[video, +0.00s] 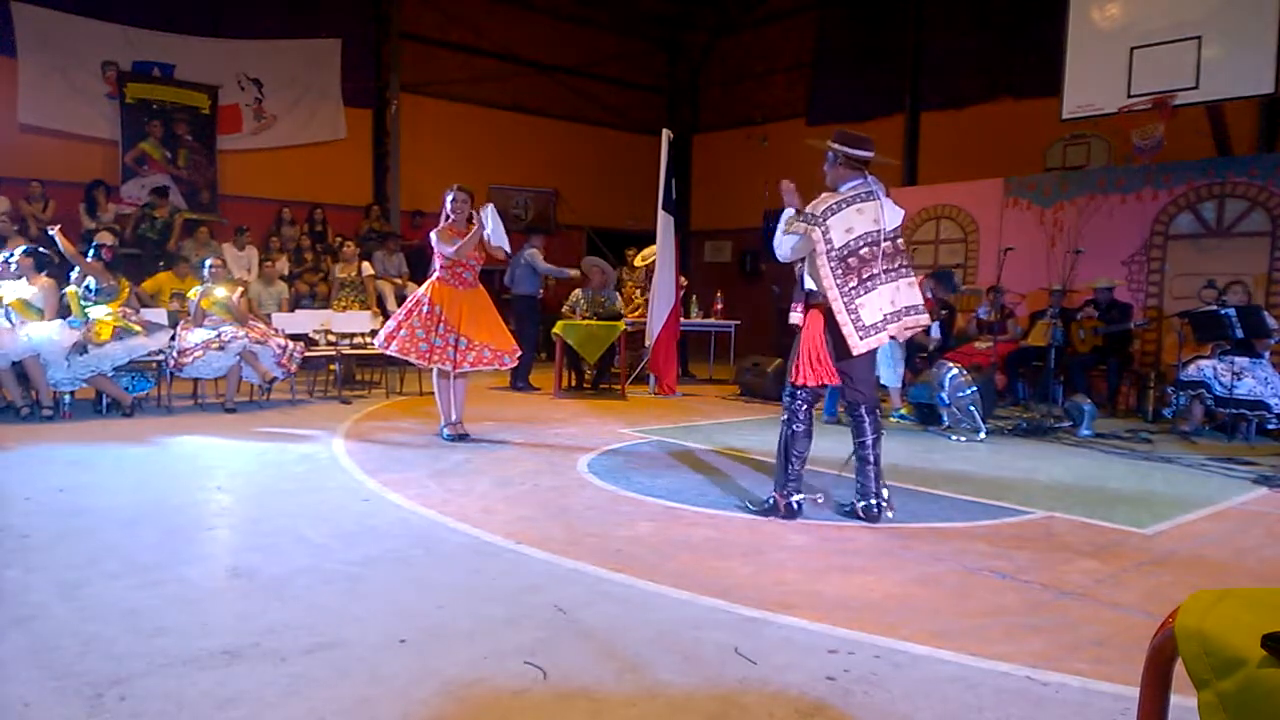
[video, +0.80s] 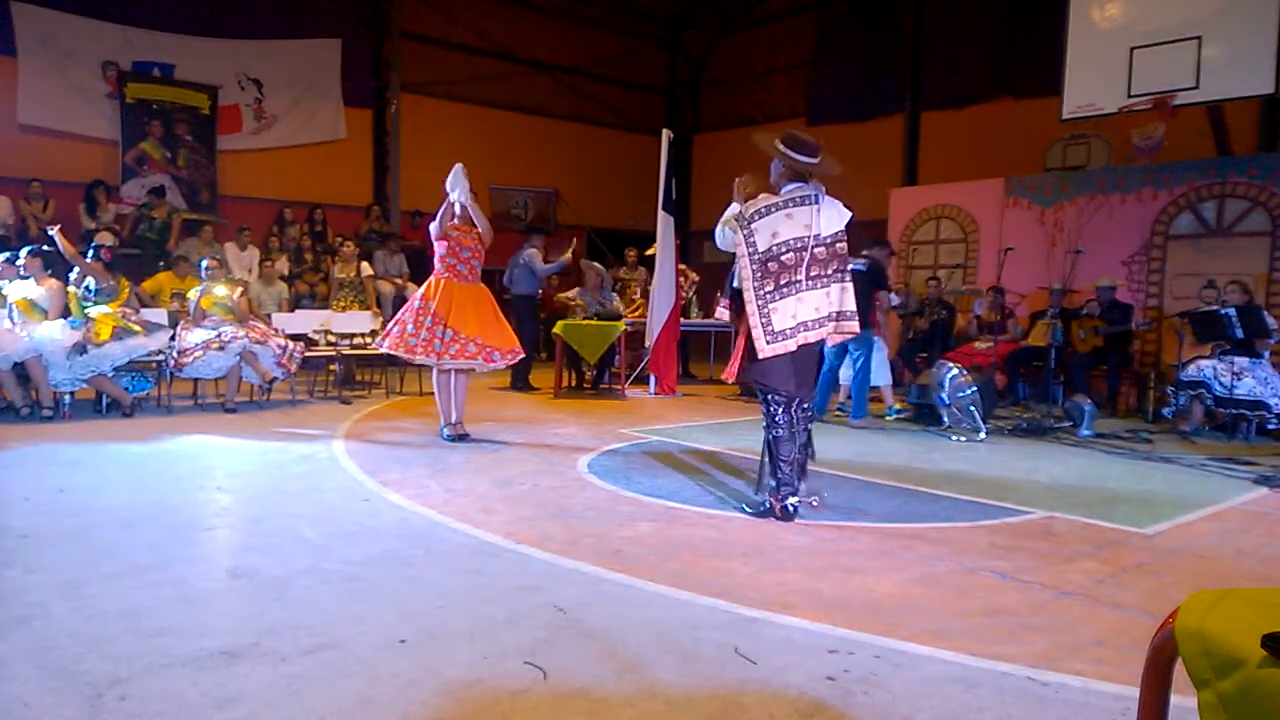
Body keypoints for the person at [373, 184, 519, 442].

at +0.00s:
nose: (458, 206)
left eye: (463, 202)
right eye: (454, 201)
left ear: (471, 207)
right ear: (446, 205)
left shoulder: (477, 235)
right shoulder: (439, 233)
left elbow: (501, 256)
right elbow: (459, 253)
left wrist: (490, 223)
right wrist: (479, 227)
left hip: (468, 302)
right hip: (443, 301)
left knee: (462, 364)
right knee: (443, 365)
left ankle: (458, 421)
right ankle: (446, 421)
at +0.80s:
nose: (460, 210)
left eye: (465, 205)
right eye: (455, 205)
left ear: (471, 206)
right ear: (450, 207)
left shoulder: (481, 236)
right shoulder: (440, 231)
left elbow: (486, 229)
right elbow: (441, 224)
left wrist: (469, 201)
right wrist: (449, 199)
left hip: (470, 296)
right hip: (443, 294)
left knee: (462, 364)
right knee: (443, 364)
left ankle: (458, 421)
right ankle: (445, 421)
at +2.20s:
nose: (465, 206)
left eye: (469, 201)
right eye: (460, 203)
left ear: (475, 208)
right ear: (453, 207)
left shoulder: (481, 237)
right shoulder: (441, 231)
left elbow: (482, 226)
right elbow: (437, 224)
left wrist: (464, 200)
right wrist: (446, 197)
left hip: (469, 296)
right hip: (443, 294)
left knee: (462, 364)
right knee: (443, 363)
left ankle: (458, 421)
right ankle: (446, 422)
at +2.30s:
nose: (465, 207)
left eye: (470, 203)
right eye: (460, 205)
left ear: (474, 210)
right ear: (454, 209)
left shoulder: (481, 238)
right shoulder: (442, 233)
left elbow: (482, 226)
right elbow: (437, 223)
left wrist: (464, 200)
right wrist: (445, 198)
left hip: (469, 296)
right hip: (443, 294)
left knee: (463, 364)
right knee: (443, 364)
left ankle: (458, 421)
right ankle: (446, 422)